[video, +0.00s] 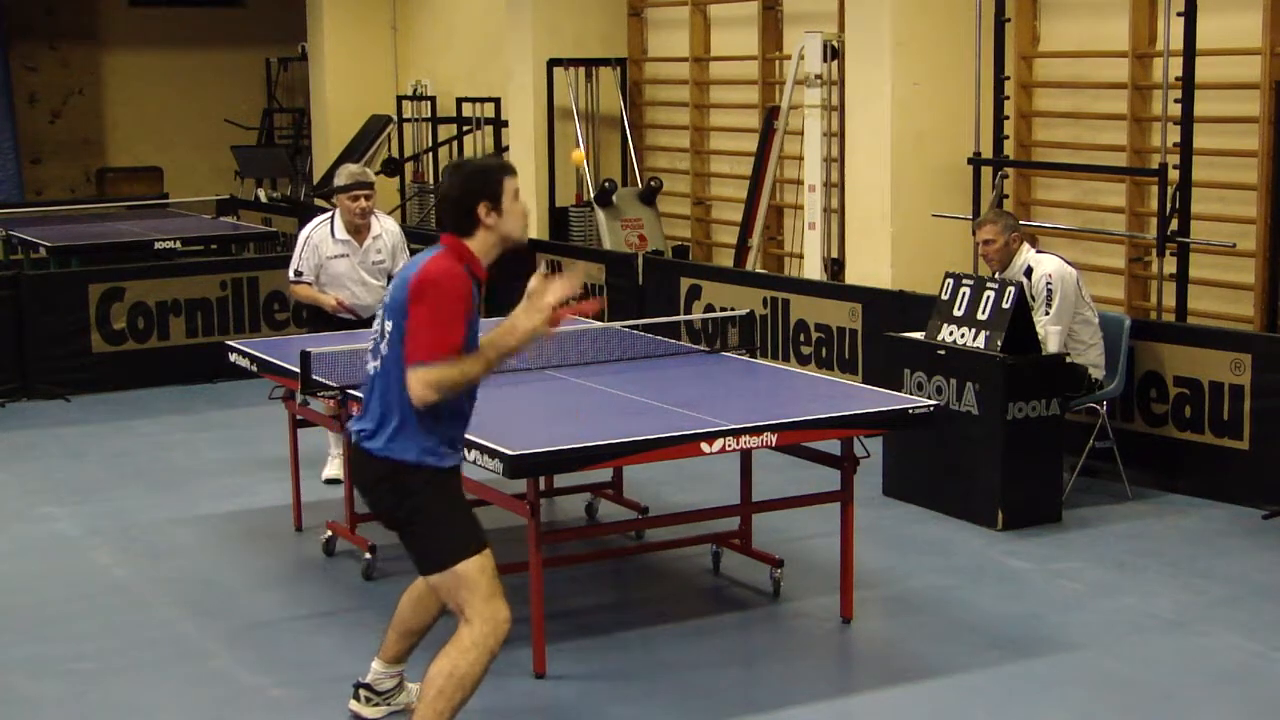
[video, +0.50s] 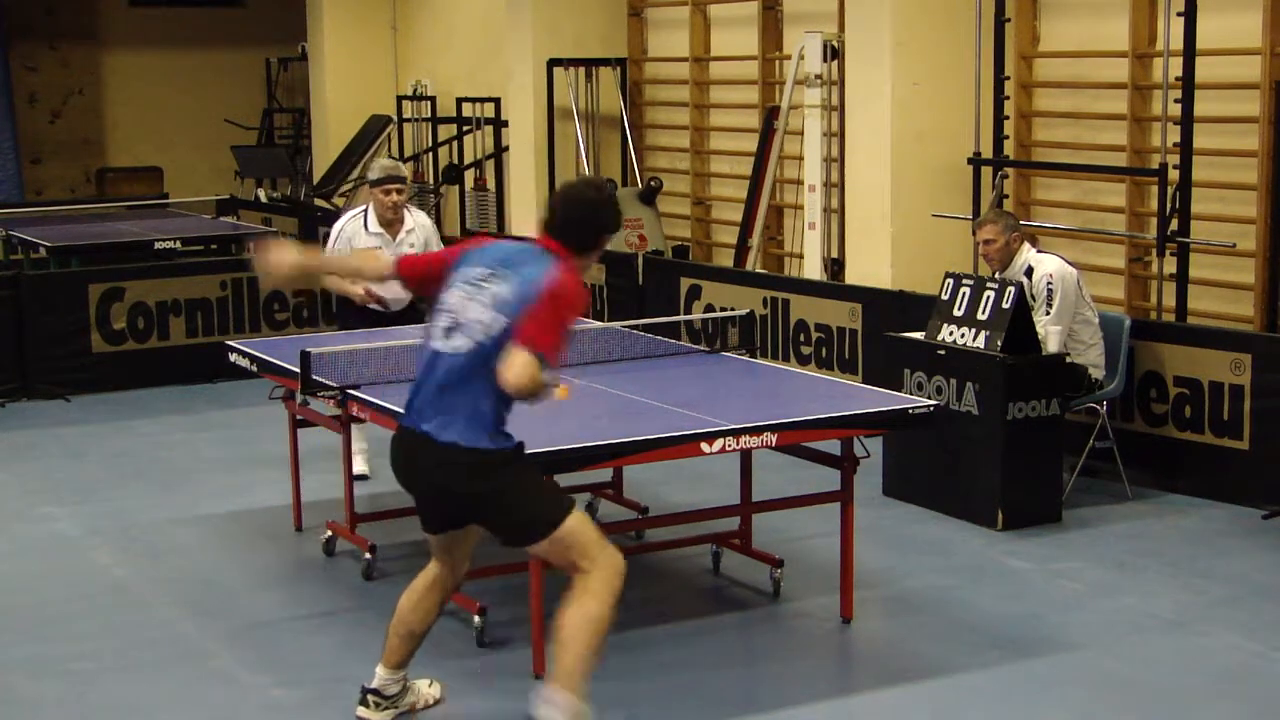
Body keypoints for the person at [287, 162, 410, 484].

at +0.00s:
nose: (363, 205)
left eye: (368, 197)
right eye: (354, 199)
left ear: (375, 197)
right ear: (337, 200)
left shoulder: (390, 230)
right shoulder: (314, 234)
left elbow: (405, 279)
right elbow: (297, 286)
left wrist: (401, 315)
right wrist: (323, 299)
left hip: (380, 320)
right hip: (332, 323)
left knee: (380, 386)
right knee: (335, 391)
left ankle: (382, 453)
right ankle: (336, 453)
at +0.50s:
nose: (394, 199)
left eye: (400, 192)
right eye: (386, 193)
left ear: (408, 192)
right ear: (371, 193)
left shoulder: (423, 224)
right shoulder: (348, 226)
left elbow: (440, 269)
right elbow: (324, 274)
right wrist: (351, 289)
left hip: (408, 308)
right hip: (362, 311)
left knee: (416, 377)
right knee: (355, 379)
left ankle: (423, 449)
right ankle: (358, 451)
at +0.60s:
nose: (400, 198)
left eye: (406, 191)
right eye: (392, 192)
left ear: (415, 191)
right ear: (377, 192)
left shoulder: (428, 223)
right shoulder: (358, 221)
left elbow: (446, 267)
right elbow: (332, 274)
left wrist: (456, 314)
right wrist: (360, 289)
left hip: (414, 311)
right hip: (368, 312)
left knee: (425, 378)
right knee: (359, 378)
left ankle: (440, 449)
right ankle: (358, 448)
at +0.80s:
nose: (427, 196)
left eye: (432, 190)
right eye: (419, 190)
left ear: (439, 191)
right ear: (402, 192)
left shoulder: (449, 223)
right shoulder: (379, 226)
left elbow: (476, 260)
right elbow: (352, 274)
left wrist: (490, 301)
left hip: (429, 309)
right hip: (381, 308)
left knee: (442, 377)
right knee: (367, 377)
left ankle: (461, 444)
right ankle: (362, 450)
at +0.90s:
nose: (444, 199)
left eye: (449, 193)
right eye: (436, 192)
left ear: (456, 194)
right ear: (418, 192)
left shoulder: (459, 227)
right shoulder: (397, 224)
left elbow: (488, 269)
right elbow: (370, 271)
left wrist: (515, 297)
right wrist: (408, 279)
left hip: (432, 309)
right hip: (390, 307)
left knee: (445, 371)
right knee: (391, 371)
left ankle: (468, 443)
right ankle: (382, 440)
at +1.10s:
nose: (470, 211)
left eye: (475, 204)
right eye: (463, 203)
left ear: (479, 205)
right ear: (444, 203)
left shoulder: (468, 235)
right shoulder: (425, 229)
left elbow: (487, 274)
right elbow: (415, 277)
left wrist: (518, 301)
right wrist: (463, 273)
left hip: (433, 314)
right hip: (397, 312)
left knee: (436, 378)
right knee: (419, 380)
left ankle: (426, 446)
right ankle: (420, 447)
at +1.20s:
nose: (482, 221)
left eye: (485, 215)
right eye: (475, 213)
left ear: (486, 215)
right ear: (452, 212)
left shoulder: (469, 244)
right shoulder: (438, 238)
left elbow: (479, 285)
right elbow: (439, 281)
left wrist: (507, 308)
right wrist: (495, 283)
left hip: (432, 320)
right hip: (396, 318)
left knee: (437, 380)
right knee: (428, 382)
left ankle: (425, 449)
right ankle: (422, 450)